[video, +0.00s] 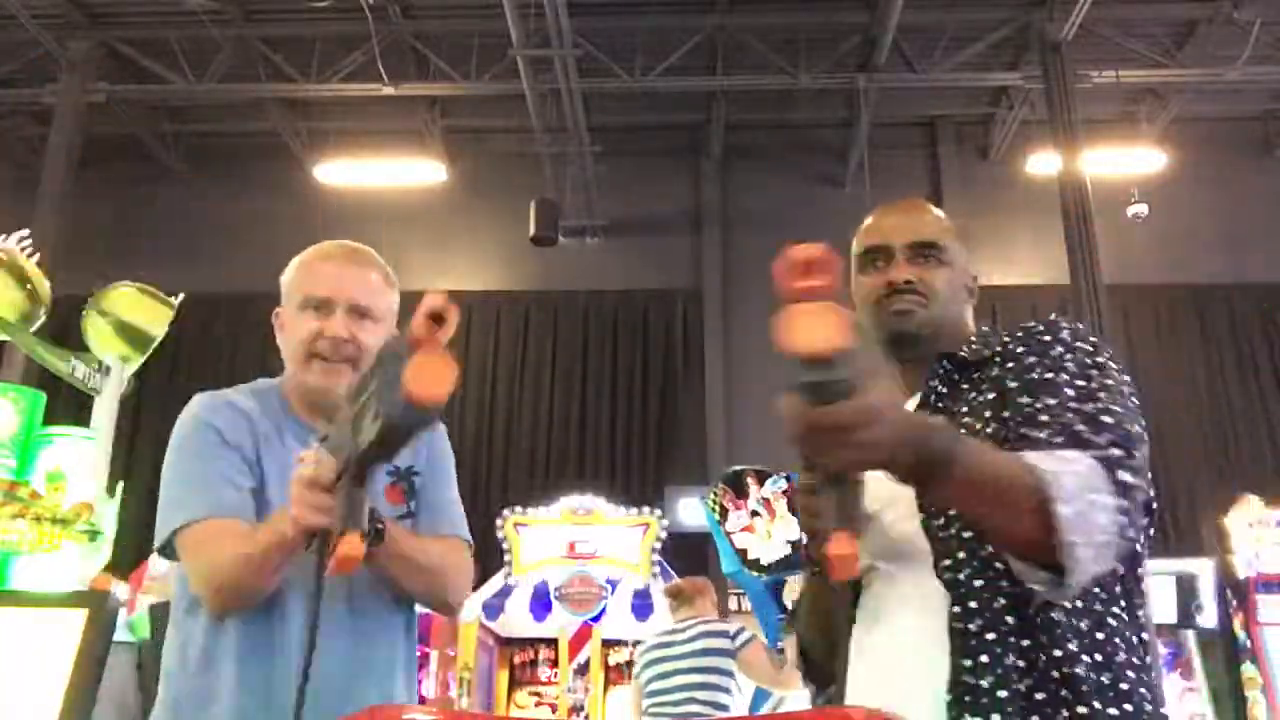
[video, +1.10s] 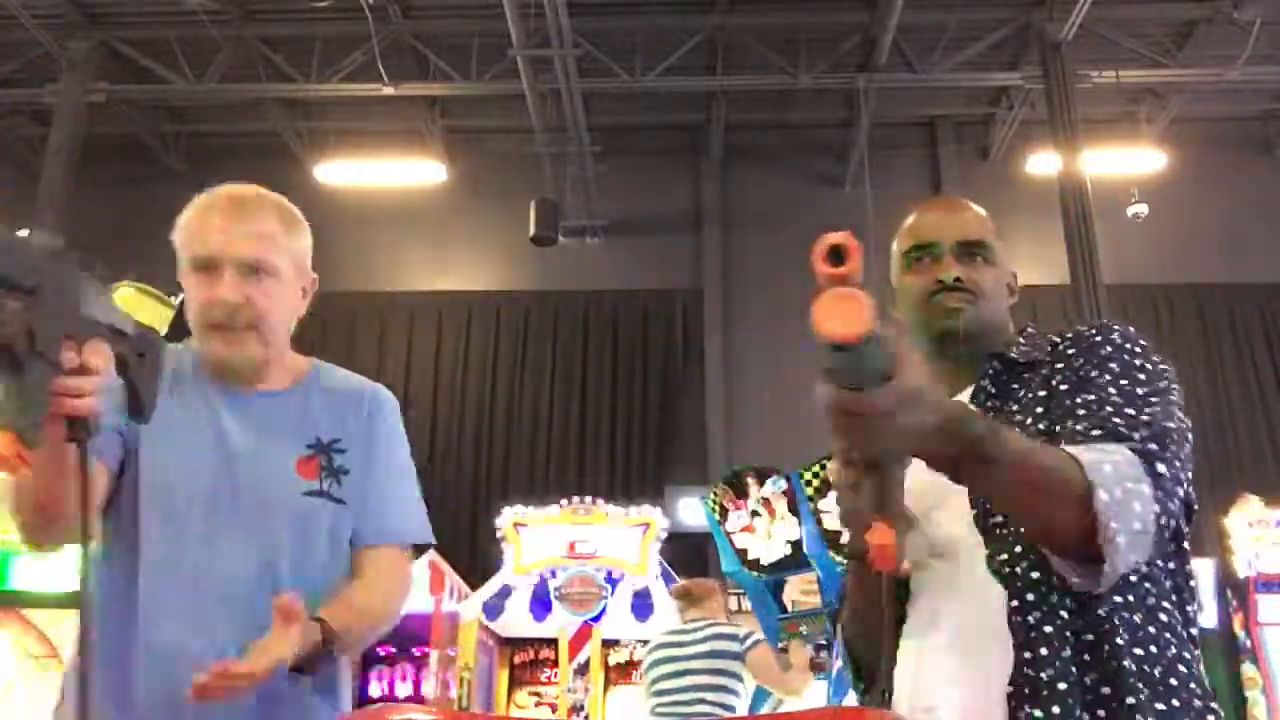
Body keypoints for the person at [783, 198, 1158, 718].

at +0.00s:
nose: (898, 276)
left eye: (926, 256)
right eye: (874, 262)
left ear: (970, 282)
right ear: (854, 298)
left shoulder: (1053, 353)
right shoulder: (860, 419)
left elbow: (1088, 529)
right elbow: (822, 667)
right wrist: (828, 550)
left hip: (1060, 697)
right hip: (896, 701)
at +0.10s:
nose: (895, 277)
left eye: (921, 258)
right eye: (872, 265)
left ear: (974, 280)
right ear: (855, 300)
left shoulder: (1047, 345)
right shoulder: (892, 443)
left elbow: (1038, 506)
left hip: (1073, 699)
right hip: (945, 704)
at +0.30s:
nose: (908, 270)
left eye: (936, 253)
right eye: (885, 260)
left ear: (986, 280)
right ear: (868, 297)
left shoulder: (1064, 347)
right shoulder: (894, 439)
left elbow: (1088, 519)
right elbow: (858, 667)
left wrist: (895, 445)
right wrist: (834, 530)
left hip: (1080, 699)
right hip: (935, 704)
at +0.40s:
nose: (929, 264)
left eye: (953, 245)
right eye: (900, 252)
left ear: (990, 281)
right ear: (876, 295)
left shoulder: (1083, 356)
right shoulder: (874, 427)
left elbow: (1146, 522)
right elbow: (831, 657)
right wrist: (852, 536)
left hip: (1094, 700)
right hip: (918, 703)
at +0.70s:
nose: (942, 272)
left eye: (966, 255)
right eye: (917, 260)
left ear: (1000, 286)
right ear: (889, 292)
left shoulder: (1090, 360)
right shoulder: (884, 424)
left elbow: (1125, 528)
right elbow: (845, 661)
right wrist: (857, 544)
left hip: (1084, 700)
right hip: (925, 708)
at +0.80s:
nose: (945, 273)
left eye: (970, 256)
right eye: (917, 259)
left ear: (1003, 287)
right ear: (887, 295)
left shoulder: (1091, 360)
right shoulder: (890, 438)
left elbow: (1049, 497)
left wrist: (874, 432)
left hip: (1080, 703)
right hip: (922, 706)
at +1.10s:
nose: (948, 271)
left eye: (973, 254)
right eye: (921, 258)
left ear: (1009, 284)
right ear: (895, 297)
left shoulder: (1102, 356)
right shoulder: (889, 418)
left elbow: (1125, 522)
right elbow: (873, 668)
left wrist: (947, 435)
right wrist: (871, 531)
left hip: (1115, 702)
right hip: (943, 706)